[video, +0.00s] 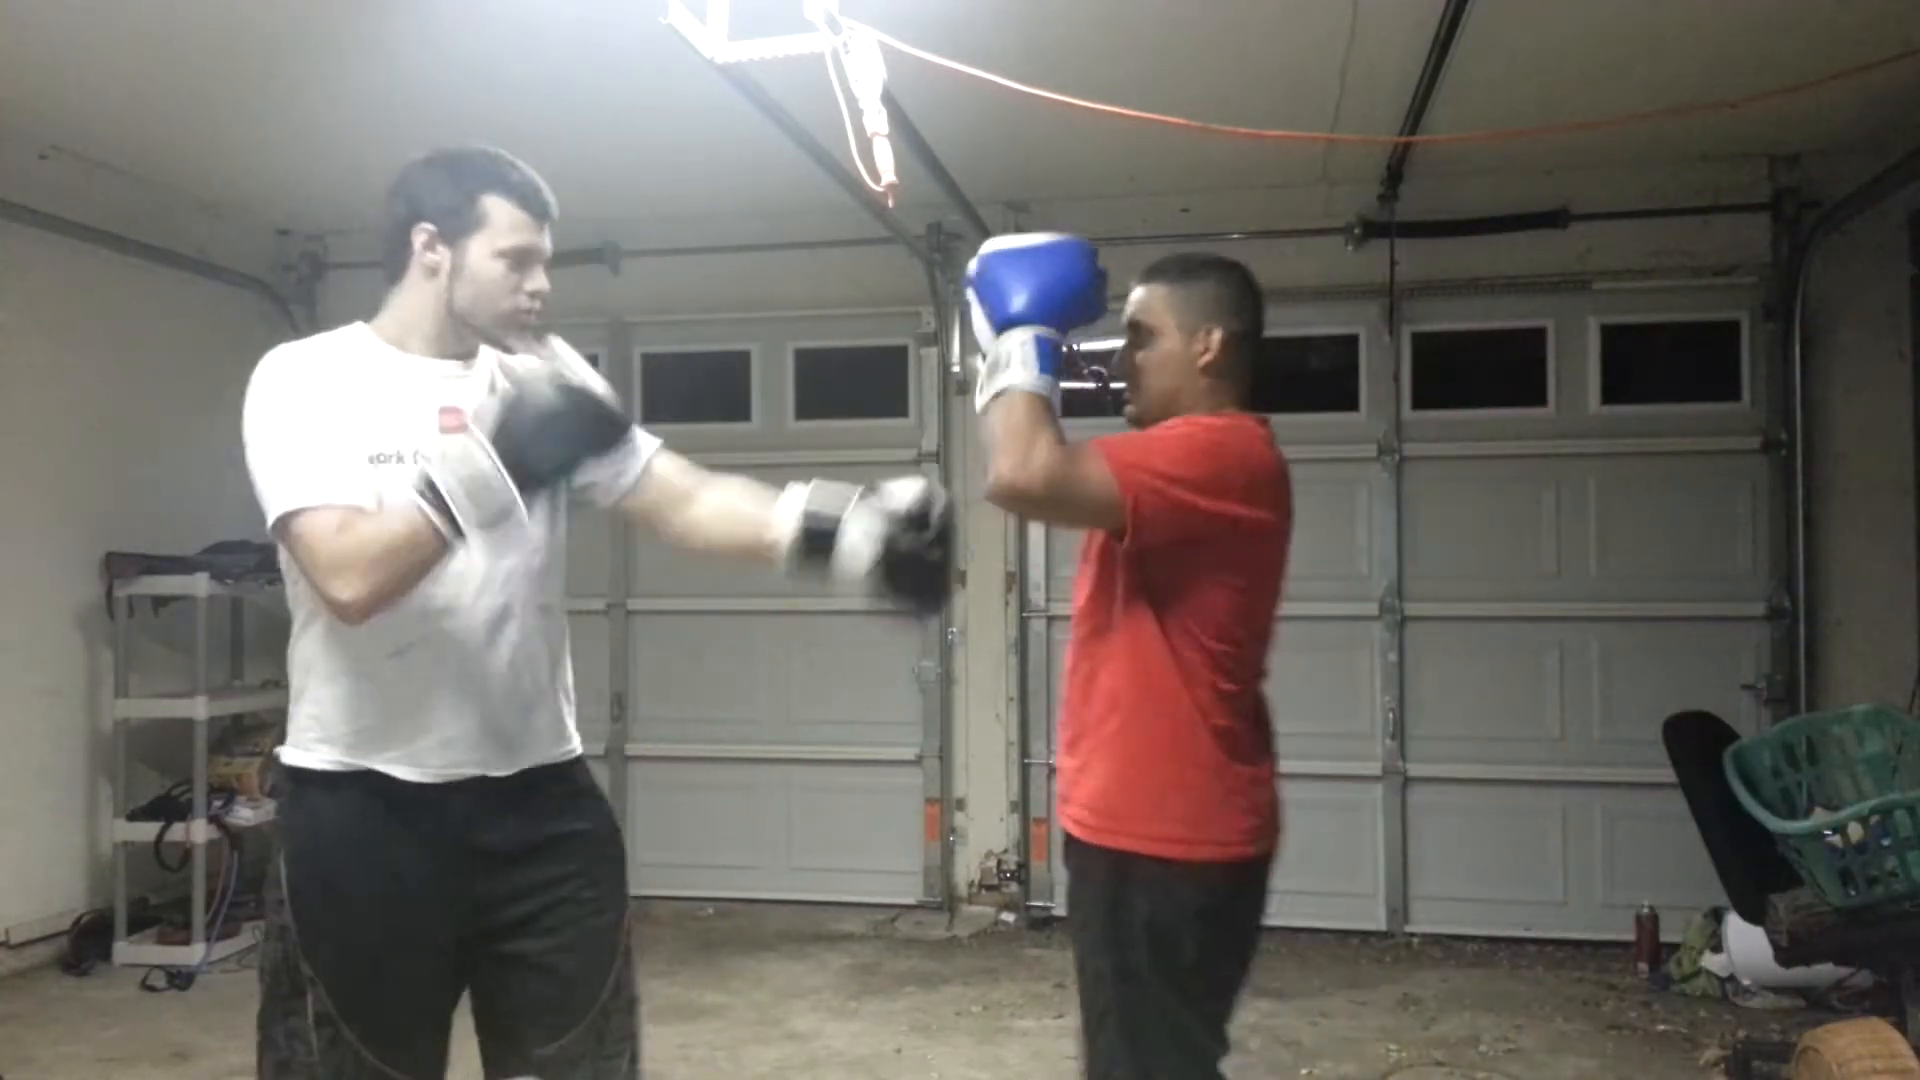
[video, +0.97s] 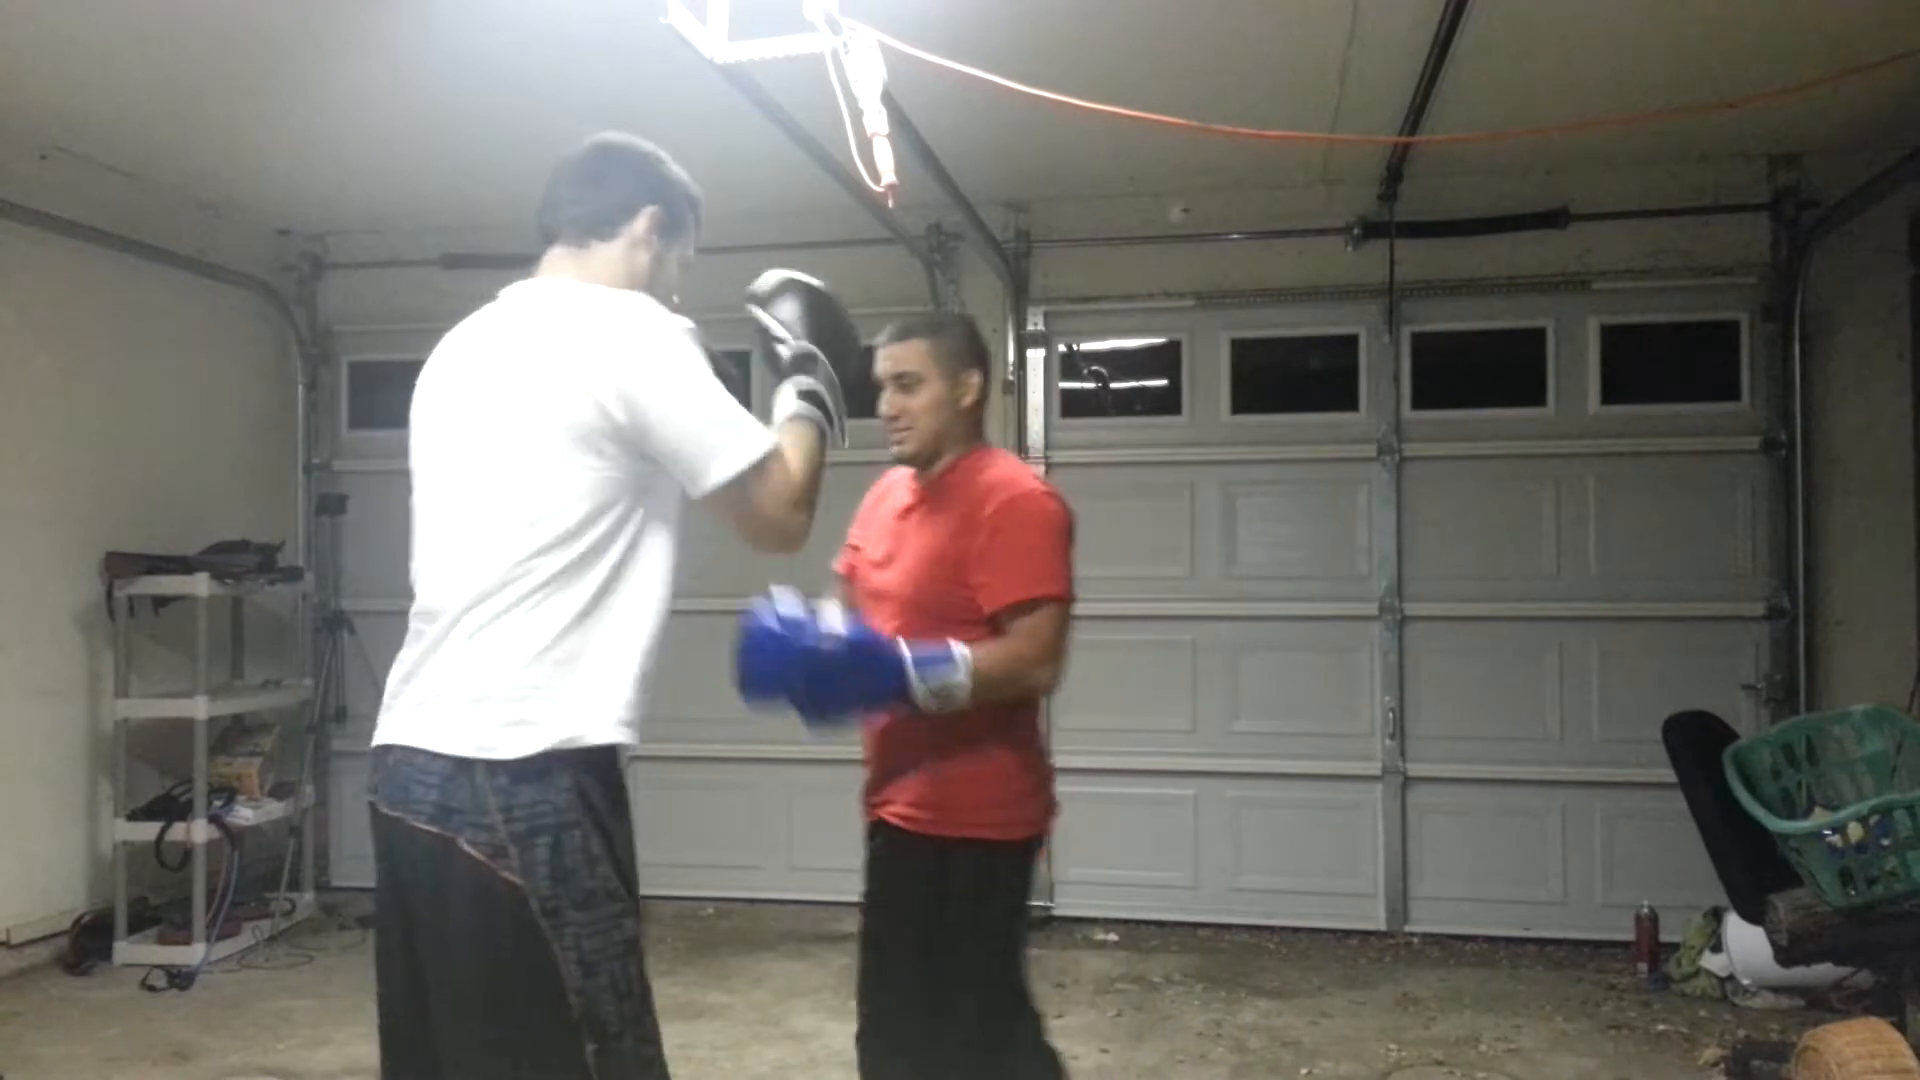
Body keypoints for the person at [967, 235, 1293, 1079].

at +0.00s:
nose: (1124, 361)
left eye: (1143, 337)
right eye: (1127, 339)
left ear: (1208, 347)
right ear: (1206, 350)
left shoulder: (1227, 453)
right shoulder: (1184, 454)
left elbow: (1027, 472)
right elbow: (1024, 476)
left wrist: (1022, 336)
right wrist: (1005, 352)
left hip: (1172, 842)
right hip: (1135, 834)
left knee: (1153, 1065)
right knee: (1131, 1062)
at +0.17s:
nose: (1090, 370)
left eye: (1114, 348)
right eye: (1092, 350)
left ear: (1183, 358)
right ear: (1079, 359)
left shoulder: (1206, 461)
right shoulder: (1100, 466)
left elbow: (1044, 453)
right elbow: (968, 460)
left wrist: (1035, 329)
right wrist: (985, 338)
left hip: (1134, 824)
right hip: (1076, 816)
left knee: (1102, 1060)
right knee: (1076, 1055)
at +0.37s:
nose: (1051, 379)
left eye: (1073, 357)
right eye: (1049, 360)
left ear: (1141, 366)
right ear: (1044, 374)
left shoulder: (1170, 462)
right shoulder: (1059, 468)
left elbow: (1027, 494)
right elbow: (930, 501)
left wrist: (999, 357)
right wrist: (924, 379)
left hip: (1112, 808)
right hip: (1057, 798)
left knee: (1016, 1047)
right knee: (1089, 1052)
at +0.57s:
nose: (1007, 388)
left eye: (1027, 367)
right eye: (1003, 372)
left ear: (1093, 373)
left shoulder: (1127, 476)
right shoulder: (1008, 491)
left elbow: (1032, 584)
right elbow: (924, 604)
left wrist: (908, 509)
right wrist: (856, 535)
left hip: (1085, 802)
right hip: (1028, 801)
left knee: (983, 1039)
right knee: (1091, 1042)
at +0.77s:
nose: (945, 402)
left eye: (964, 381)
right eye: (941, 385)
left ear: (1028, 386)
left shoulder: (1070, 491)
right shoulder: (959, 501)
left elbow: (1076, 652)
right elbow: (934, 626)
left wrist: (929, 659)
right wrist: (875, 639)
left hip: (1030, 813)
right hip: (975, 807)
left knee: (947, 1040)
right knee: (1063, 1040)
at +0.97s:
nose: (887, 407)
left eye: (908, 385)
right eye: (882, 389)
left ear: (970, 388)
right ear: (878, 398)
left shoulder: (1018, 499)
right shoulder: (889, 491)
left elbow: (1036, 657)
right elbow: (853, 614)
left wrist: (904, 673)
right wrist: (813, 646)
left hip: (980, 810)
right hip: (902, 804)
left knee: (962, 1027)